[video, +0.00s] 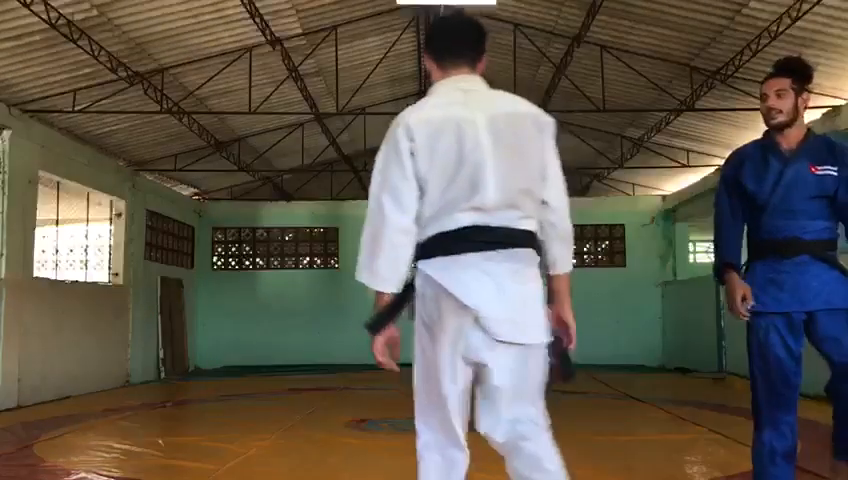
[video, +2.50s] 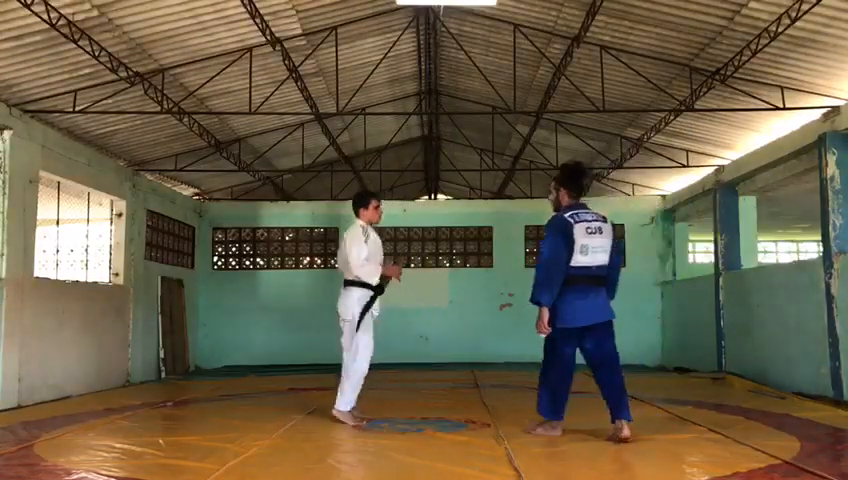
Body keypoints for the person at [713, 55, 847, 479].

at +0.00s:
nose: (769, 103)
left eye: (779, 95)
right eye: (764, 96)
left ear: (803, 99)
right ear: (760, 103)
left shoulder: (833, 153)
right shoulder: (742, 161)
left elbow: (845, 215)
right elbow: (727, 223)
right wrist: (731, 276)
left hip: (826, 278)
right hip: (767, 281)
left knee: (847, 366)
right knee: (774, 397)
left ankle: (844, 454)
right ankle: (773, 472)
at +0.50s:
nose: (756, 110)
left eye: (762, 103)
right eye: (758, 103)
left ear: (784, 107)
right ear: (787, 108)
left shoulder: (825, 154)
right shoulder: (767, 165)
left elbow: (831, 222)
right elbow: (760, 228)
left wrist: (821, 286)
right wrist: (756, 281)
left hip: (821, 282)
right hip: (777, 281)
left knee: (831, 385)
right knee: (771, 375)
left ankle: (838, 469)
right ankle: (782, 466)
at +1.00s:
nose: (713, 150)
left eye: (714, 142)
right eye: (713, 142)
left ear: (729, 142)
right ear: (747, 141)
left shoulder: (741, 179)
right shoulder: (772, 176)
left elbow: (739, 240)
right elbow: (773, 241)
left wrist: (724, 297)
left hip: (757, 289)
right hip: (781, 284)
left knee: (762, 381)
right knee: (767, 379)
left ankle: (822, 463)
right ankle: (778, 463)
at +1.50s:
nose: (646, 179)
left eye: (645, 173)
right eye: (646, 173)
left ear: (653, 171)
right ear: (678, 167)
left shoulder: (660, 202)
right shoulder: (713, 197)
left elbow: (656, 250)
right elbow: (730, 251)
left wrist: (640, 298)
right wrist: (722, 289)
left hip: (676, 303)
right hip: (718, 301)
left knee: (662, 372)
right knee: (737, 372)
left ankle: (659, 445)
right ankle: (768, 446)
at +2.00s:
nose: (595, 192)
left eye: (594, 186)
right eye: (595, 187)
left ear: (600, 186)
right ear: (626, 182)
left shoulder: (598, 213)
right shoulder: (657, 210)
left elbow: (579, 256)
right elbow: (671, 258)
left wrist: (571, 291)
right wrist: (672, 302)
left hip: (619, 302)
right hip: (653, 300)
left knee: (626, 369)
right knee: (642, 366)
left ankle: (660, 439)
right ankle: (625, 429)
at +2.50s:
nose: (551, 194)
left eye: (553, 189)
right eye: (552, 189)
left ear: (563, 193)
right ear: (579, 192)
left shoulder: (560, 223)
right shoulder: (602, 222)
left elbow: (551, 265)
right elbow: (613, 265)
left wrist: (544, 305)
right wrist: (605, 298)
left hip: (567, 304)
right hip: (597, 302)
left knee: (558, 364)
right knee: (607, 363)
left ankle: (553, 421)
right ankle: (621, 421)